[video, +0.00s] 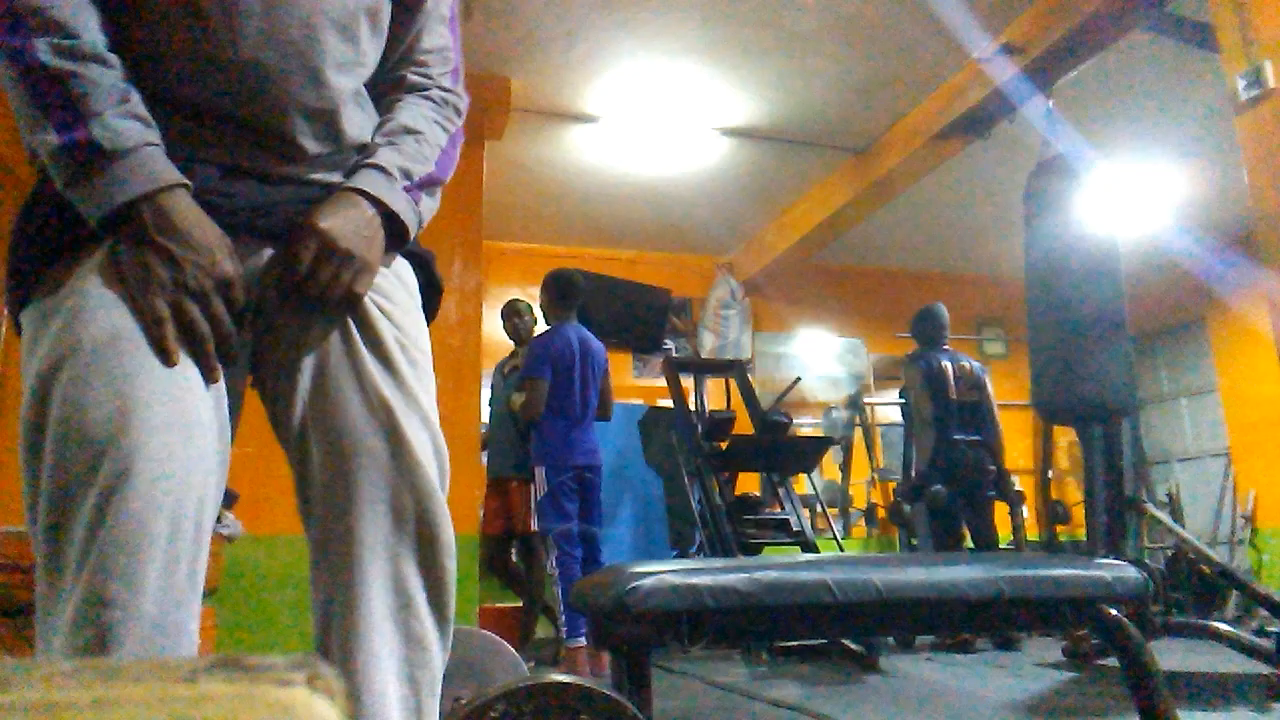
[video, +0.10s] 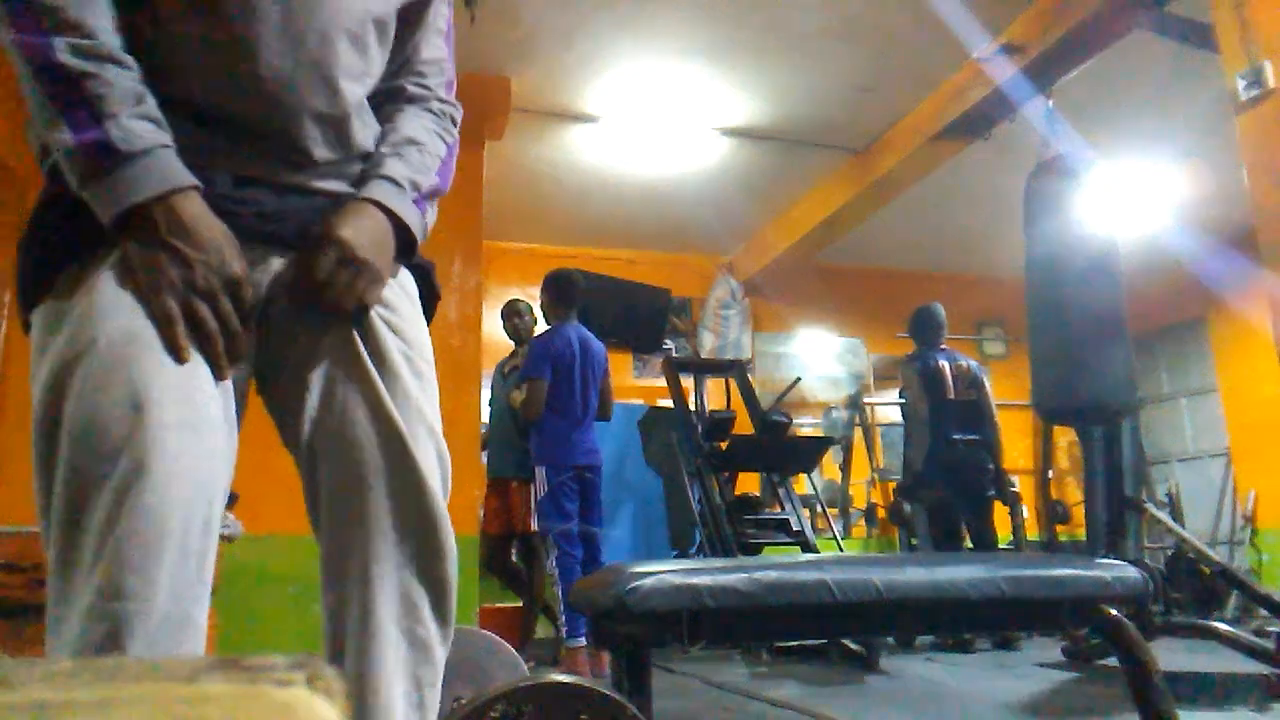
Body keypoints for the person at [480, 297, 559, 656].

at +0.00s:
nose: (514, 324)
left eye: (519, 317)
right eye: (508, 319)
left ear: (534, 319)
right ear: (503, 327)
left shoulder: (545, 361)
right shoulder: (502, 368)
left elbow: (543, 411)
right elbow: (501, 421)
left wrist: (518, 404)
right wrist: (482, 439)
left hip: (528, 469)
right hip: (500, 469)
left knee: (532, 554)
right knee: (494, 560)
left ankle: (525, 640)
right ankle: (552, 606)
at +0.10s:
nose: (515, 323)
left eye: (521, 316)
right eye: (509, 319)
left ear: (534, 320)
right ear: (503, 326)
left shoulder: (545, 362)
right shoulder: (503, 368)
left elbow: (540, 413)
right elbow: (501, 422)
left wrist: (517, 399)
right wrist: (480, 440)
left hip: (529, 470)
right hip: (501, 471)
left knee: (532, 551)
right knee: (494, 560)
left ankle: (525, 639)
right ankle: (555, 613)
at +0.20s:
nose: (516, 323)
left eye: (521, 316)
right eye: (509, 319)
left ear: (534, 320)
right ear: (504, 326)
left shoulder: (545, 362)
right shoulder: (503, 366)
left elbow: (545, 414)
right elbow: (502, 419)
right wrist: (485, 438)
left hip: (529, 470)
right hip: (500, 470)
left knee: (532, 552)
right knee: (494, 559)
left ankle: (526, 639)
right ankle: (554, 609)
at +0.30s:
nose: (515, 324)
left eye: (520, 317)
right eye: (508, 319)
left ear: (534, 321)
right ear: (503, 326)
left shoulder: (544, 363)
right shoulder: (502, 367)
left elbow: (542, 414)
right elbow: (502, 419)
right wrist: (486, 437)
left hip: (528, 470)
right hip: (500, 470)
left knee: (532, 553)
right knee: (494, 560)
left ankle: (525, 639)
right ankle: (556, 612)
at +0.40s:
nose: (514, 324)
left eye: (520, 317)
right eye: (508, 319)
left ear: (534, 321)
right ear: (503, 326)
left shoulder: (545, 364)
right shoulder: (502, 368)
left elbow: (544, 413)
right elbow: (501, 422)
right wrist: (481, 439)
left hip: (529, 470)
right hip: (500, 470)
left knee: (531, 553)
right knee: (494, 559)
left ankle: (524, 641)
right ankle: (553, 610)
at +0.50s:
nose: (515, 323)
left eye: (521, 316)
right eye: (510, 318)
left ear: (534, 321)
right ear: (504, 326)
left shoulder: (544, 363)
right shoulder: (501, 367)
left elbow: (545, 412)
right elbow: (493, 415)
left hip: (531, 467)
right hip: (500, 468)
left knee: (532, 553)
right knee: (494, 560)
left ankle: (524, 639)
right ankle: (553, 611)